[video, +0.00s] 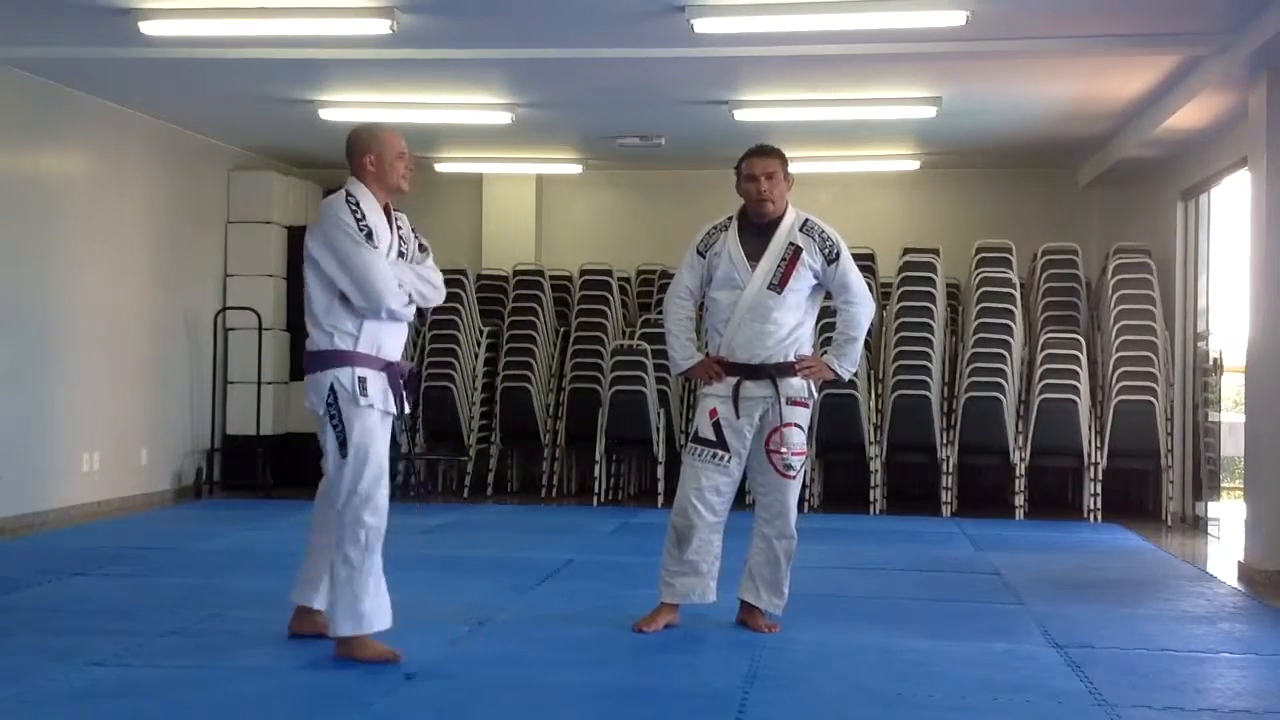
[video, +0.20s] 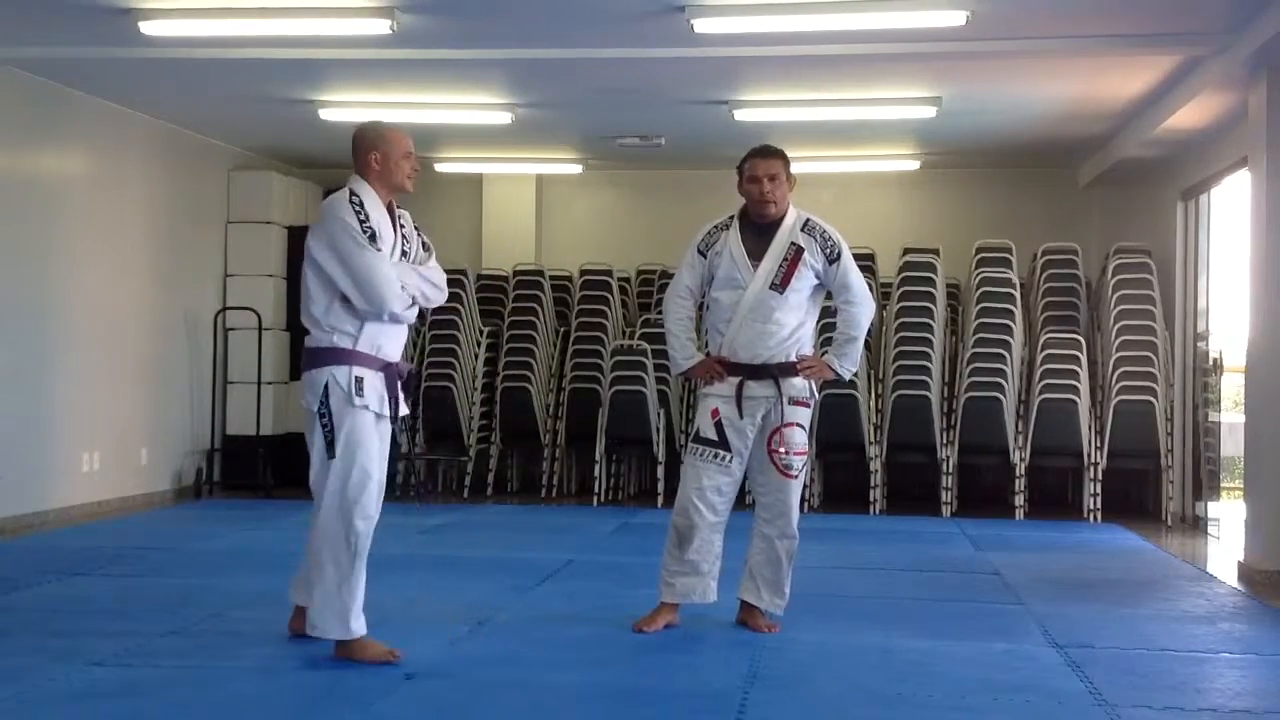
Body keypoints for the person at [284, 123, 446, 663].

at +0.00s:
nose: (411, 165)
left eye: (409, 157)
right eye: (402, 156)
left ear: (377, 165)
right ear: (369, 164)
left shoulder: (395, 223)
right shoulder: (341, 212)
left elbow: (435, 288)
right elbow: (380, 294)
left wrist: (387, 269)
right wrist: (418, 290)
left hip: (379, 374)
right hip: (347, 373)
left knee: (342, 493)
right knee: (364, 501)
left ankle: (309, 609)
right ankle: (356, 633)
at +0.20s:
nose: (417, 164)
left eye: (415, 156)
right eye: (409, 156)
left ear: (383, 163)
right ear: (374, 161)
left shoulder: (399, 221)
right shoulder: (345, 210)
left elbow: (438, 285)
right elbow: (383, 295)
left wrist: (391, 271)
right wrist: (422, 289)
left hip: (378, 377)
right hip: (345, 376)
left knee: (348, 501)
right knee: (353, 506)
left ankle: (308, 609)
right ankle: (346, 634)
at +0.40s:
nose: (420, 159)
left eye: (418, 150)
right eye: (411, 150)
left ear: (385, 156)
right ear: (377, 155)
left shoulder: (405, 215)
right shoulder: (345, 209)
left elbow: (444, 278)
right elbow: (383, 296)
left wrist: (393, 271)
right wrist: (424, 289)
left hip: (378, 372)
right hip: (345, 373)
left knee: (345, 498)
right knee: (355, 506)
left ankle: (309, 607)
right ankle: (346, 633)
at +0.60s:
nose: (425, 159)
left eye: (424, 150)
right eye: (417, 150)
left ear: (392, 156)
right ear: (383, 156)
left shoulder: (410, 213)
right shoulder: (352, 209)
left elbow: (445, 276)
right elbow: (392, 300)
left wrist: (398, 274)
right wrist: (428, 286)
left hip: (387, 375)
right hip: (348, 375)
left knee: (377, 505)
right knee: (356, 507)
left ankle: (317, 602)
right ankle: (345, 635)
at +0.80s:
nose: (430, 158)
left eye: (429, 148)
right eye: (421, 149)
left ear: (397, 156)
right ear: (388, 157)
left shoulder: (416, 211)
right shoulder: (357, 211)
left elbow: (451, 275)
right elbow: (398, 302)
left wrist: (402, 272)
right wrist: (435, 284)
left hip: (398, 373)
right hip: (355, 374)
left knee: (408, 494)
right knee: (361, 500)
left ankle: (342, 593)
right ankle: (348, 635)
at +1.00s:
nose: (439, 158)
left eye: (436, 149)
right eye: (429, 150)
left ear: (402, 156)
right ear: (396, 157)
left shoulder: (426, 212)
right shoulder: (363, 213)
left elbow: (462, 276)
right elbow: (405, 303)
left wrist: (412, 273)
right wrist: (443, 284)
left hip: (414, 376)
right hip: (366, 376)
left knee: (435, 492)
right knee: (366, 505)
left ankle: (408, 605)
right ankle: (350, 636)